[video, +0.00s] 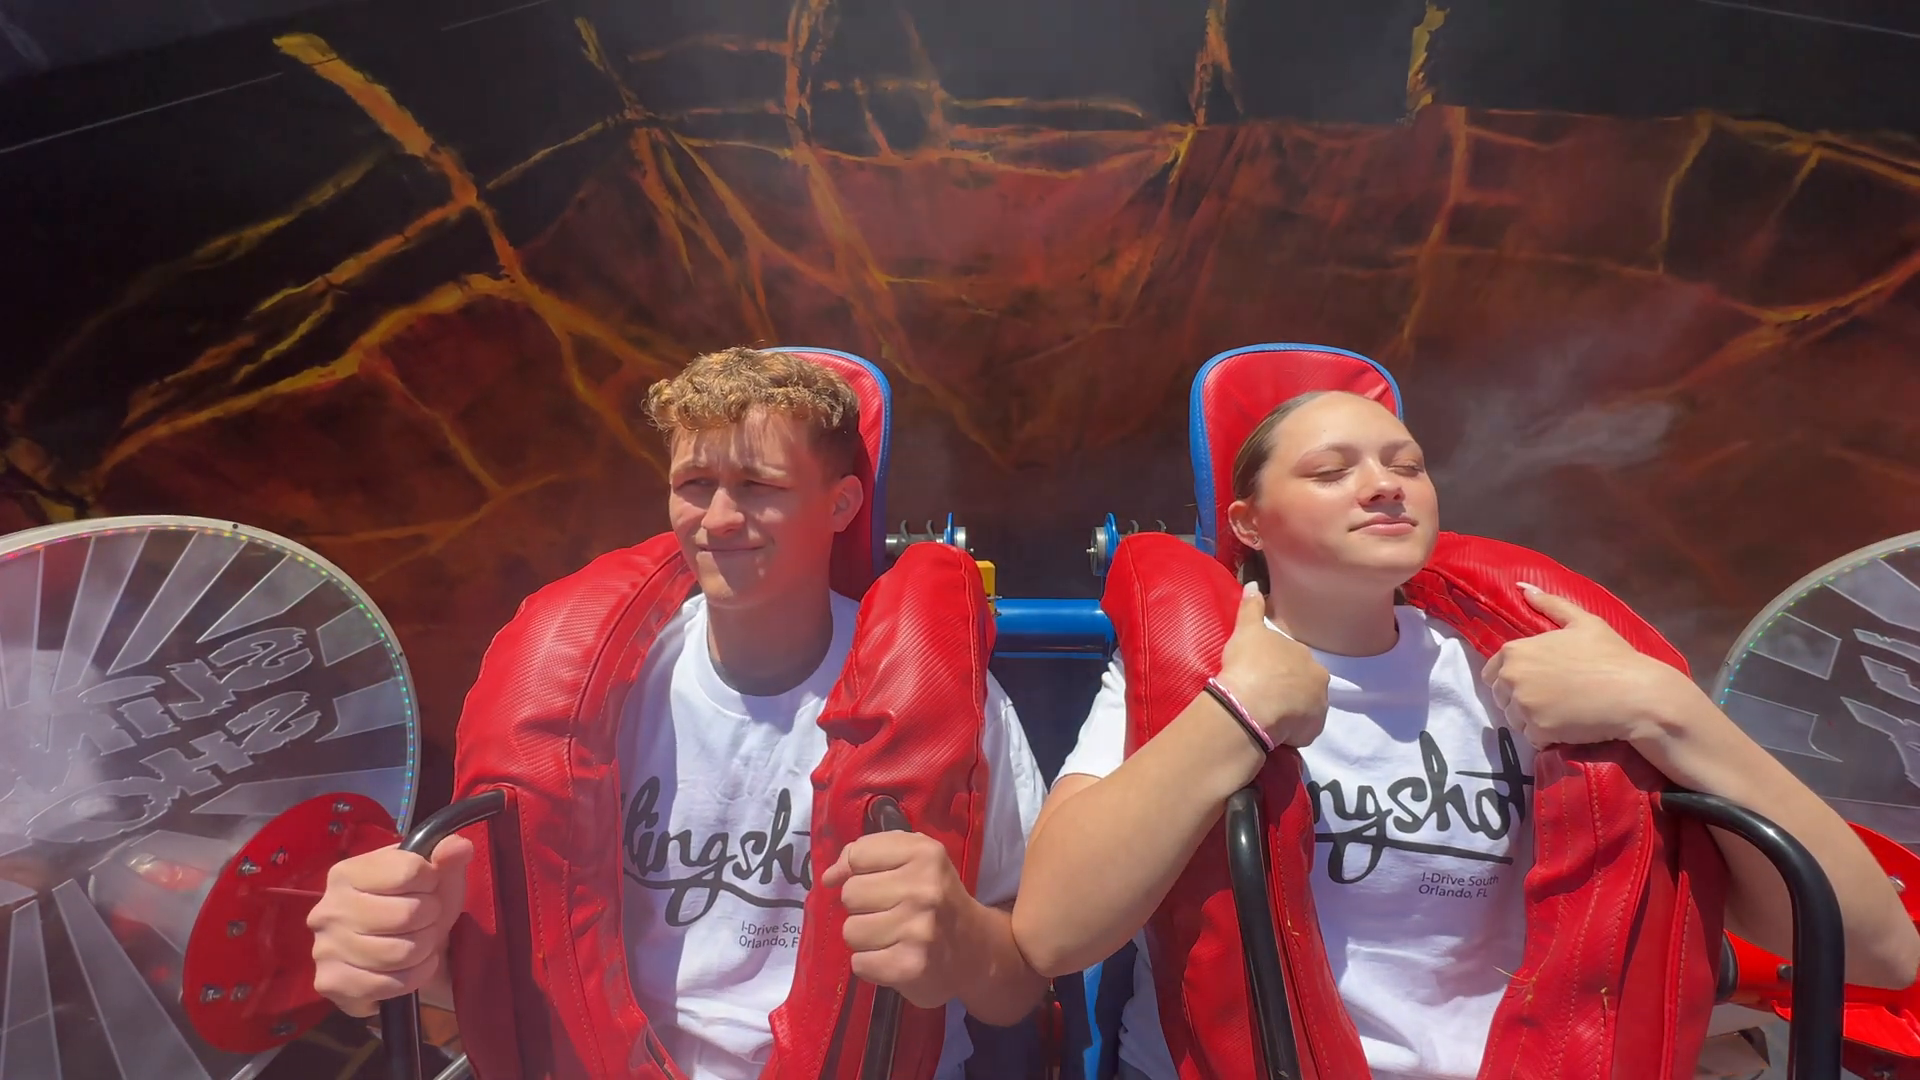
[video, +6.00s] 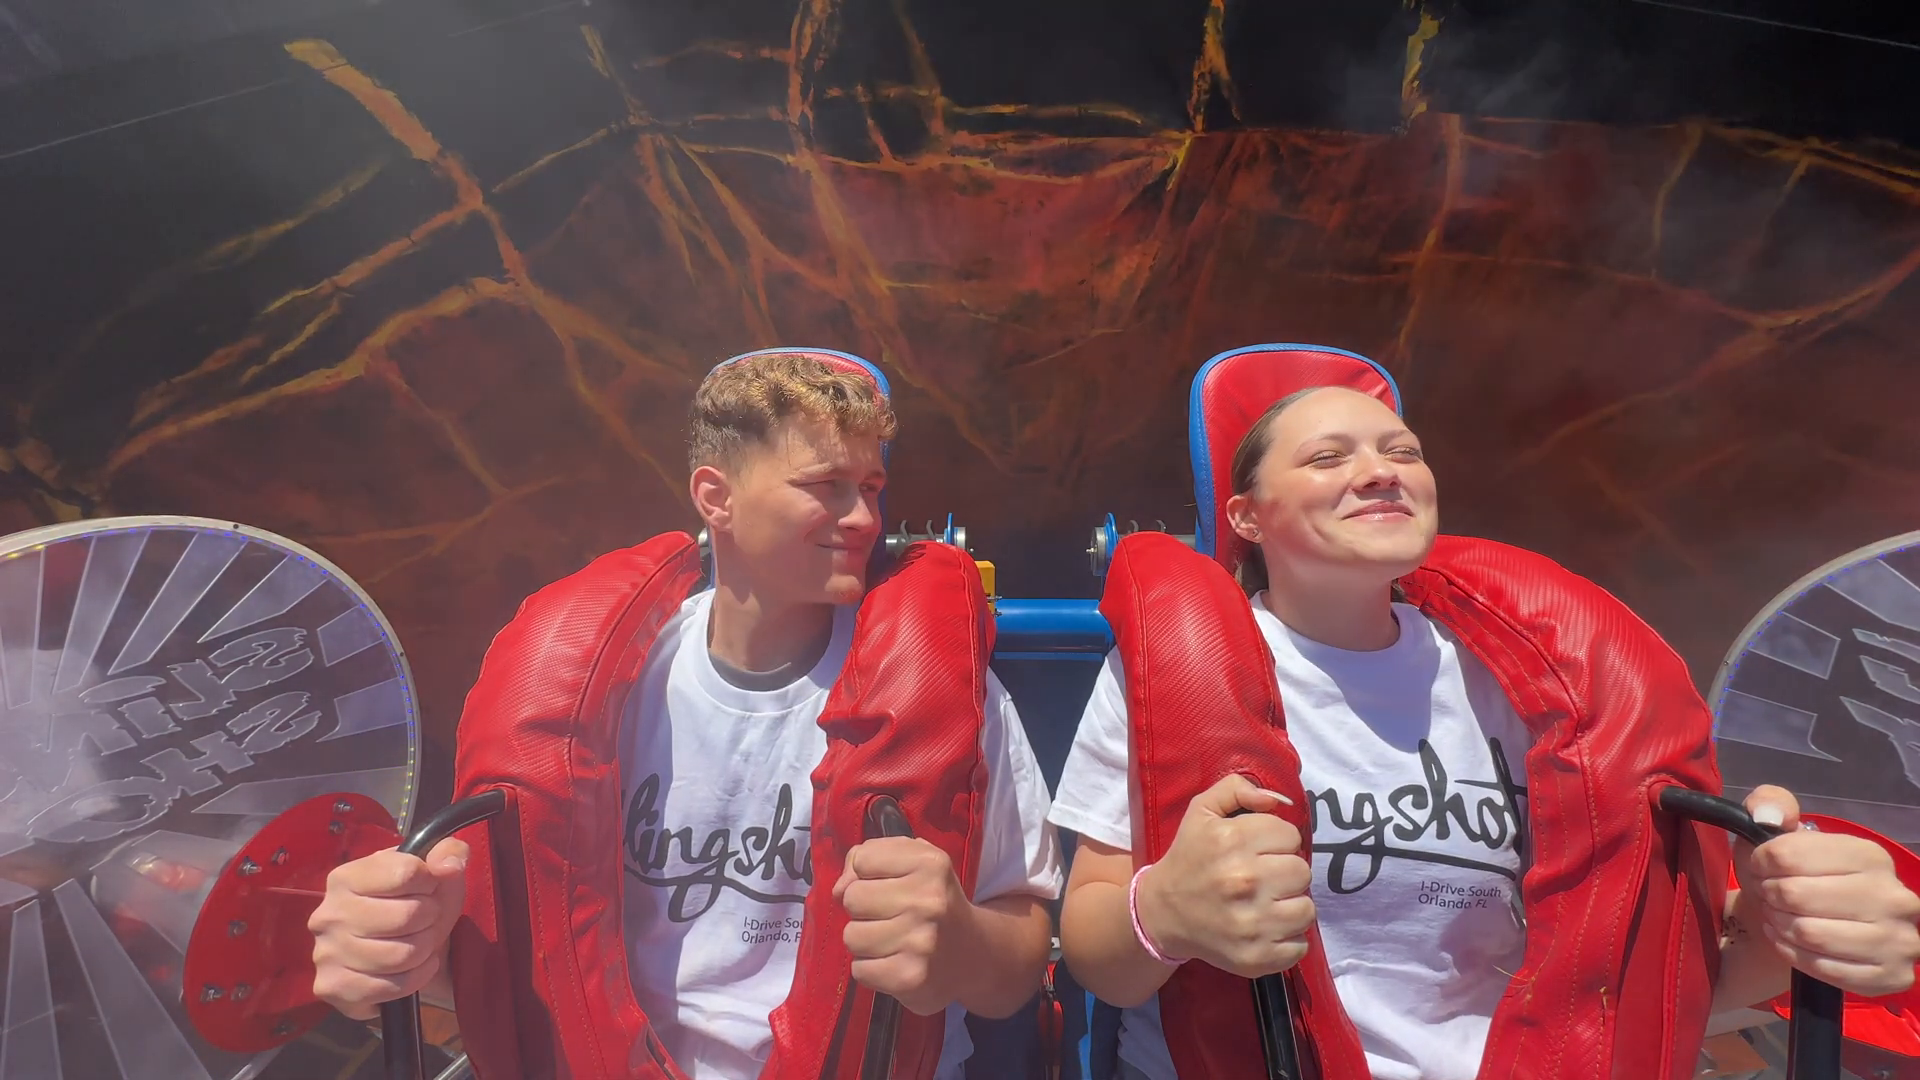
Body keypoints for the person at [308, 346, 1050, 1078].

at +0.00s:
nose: (720, 519)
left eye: (759, 487)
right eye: (697, 486)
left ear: (845, 503)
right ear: (669, 493)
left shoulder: (937, 695)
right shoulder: (582, 672)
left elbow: (1021, 989)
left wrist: (968, 944)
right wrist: (420, 951)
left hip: (832, 1067)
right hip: (606, 1061)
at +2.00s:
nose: (727, 522)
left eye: (766, 490)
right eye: (704, 488)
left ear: (846, 507)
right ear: (674, 493)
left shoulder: (935, 690)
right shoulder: (583, 673)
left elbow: (1025, 962)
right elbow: (505, 932)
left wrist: (969, 945)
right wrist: (410, 944)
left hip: (831, 1062)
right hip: (612, 1057)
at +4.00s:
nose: (725, 523)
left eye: (764, 491)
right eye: (702, 489)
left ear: (845, 506)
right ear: (673, 491)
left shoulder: (934, 688)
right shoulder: (582, 673)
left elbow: (1027, 957)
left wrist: (969, 946)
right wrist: (415, 944)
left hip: (837, 1064)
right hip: (616, 1059)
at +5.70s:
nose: (831, 522)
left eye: (850, 492)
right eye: (789, 487)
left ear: (873, 504)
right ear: (693, 499)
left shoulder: (937, 685)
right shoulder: (583, 671)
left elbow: (1024, 952)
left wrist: (965, 950)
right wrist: (411, 941)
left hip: (840, 1063)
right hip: (614, 1059)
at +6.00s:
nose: (868, 519)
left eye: (875, 488)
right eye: (828, 488)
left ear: (887, 491)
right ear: (716, 499)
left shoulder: (937, 683)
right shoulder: (586, 667)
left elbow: (1024, 958)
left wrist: (964, 948)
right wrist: (405, 940)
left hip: (836, 1063)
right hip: (614, 1058)